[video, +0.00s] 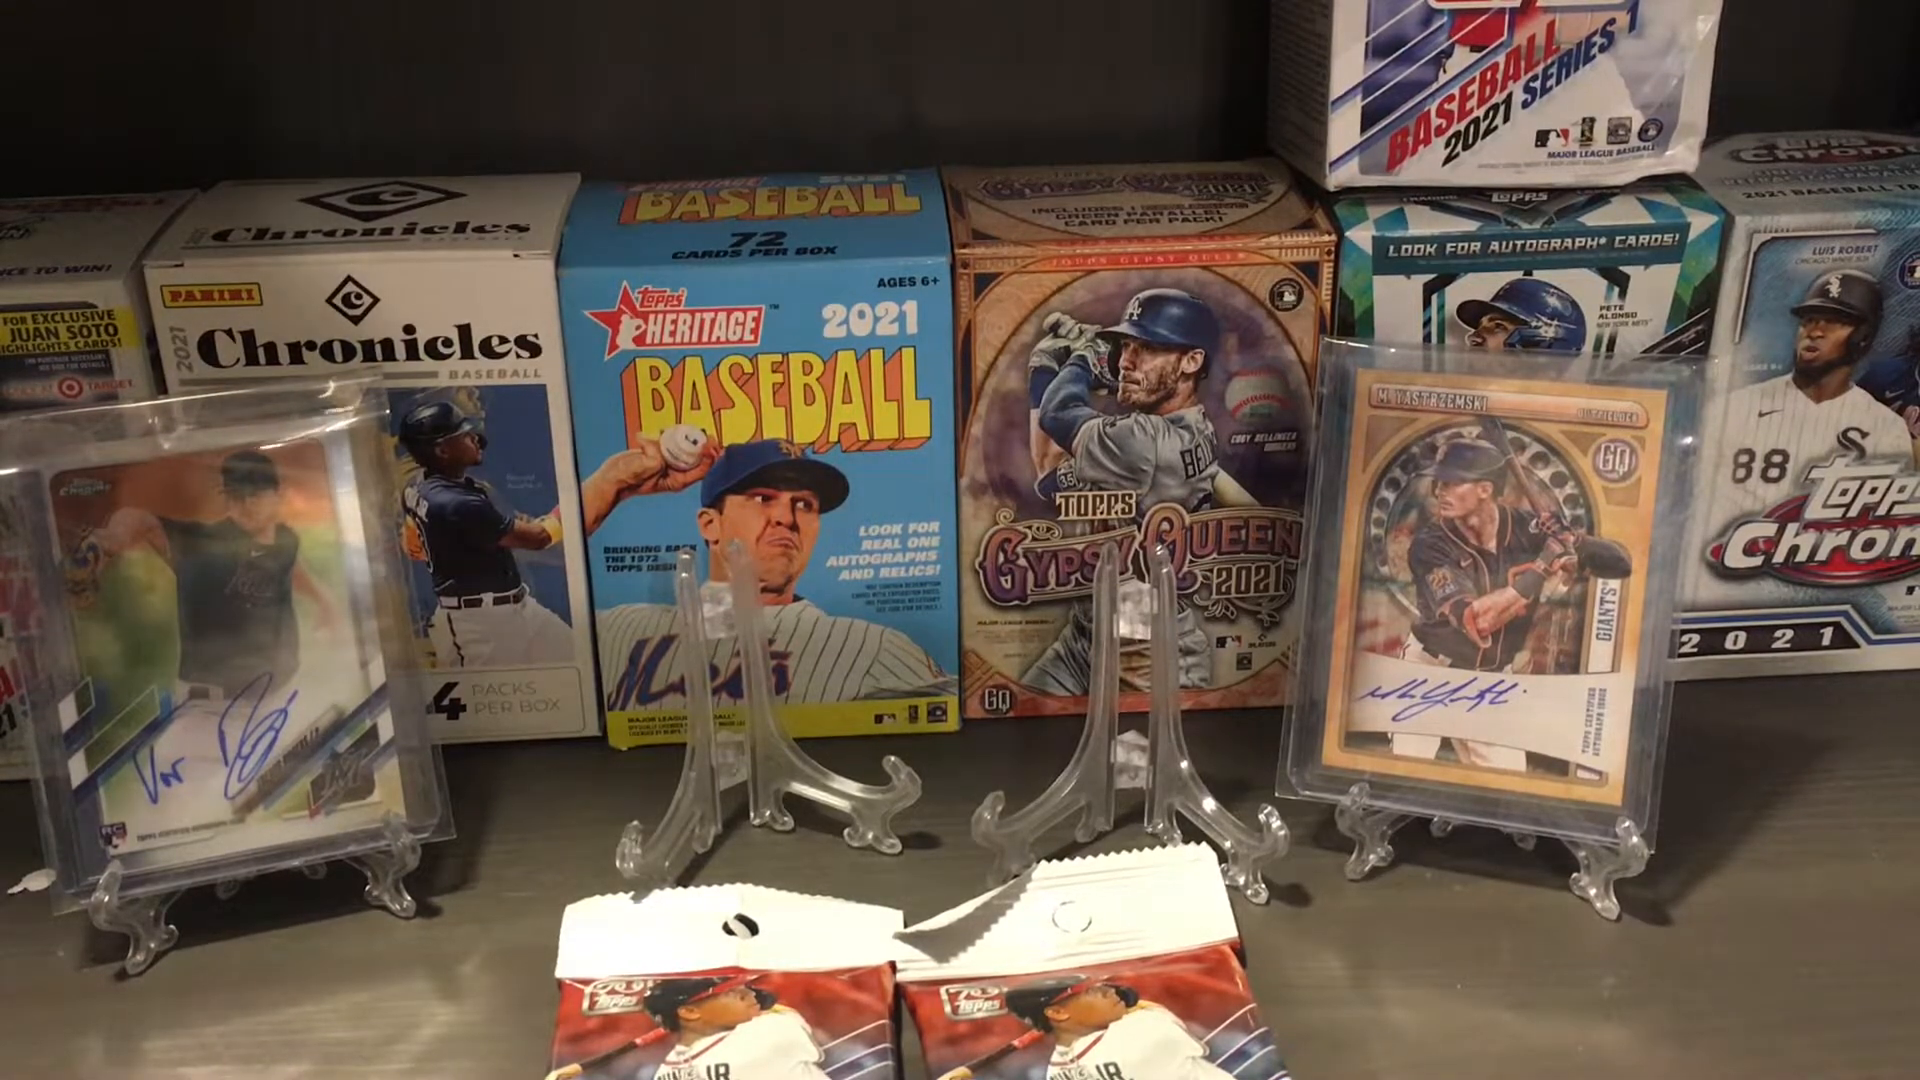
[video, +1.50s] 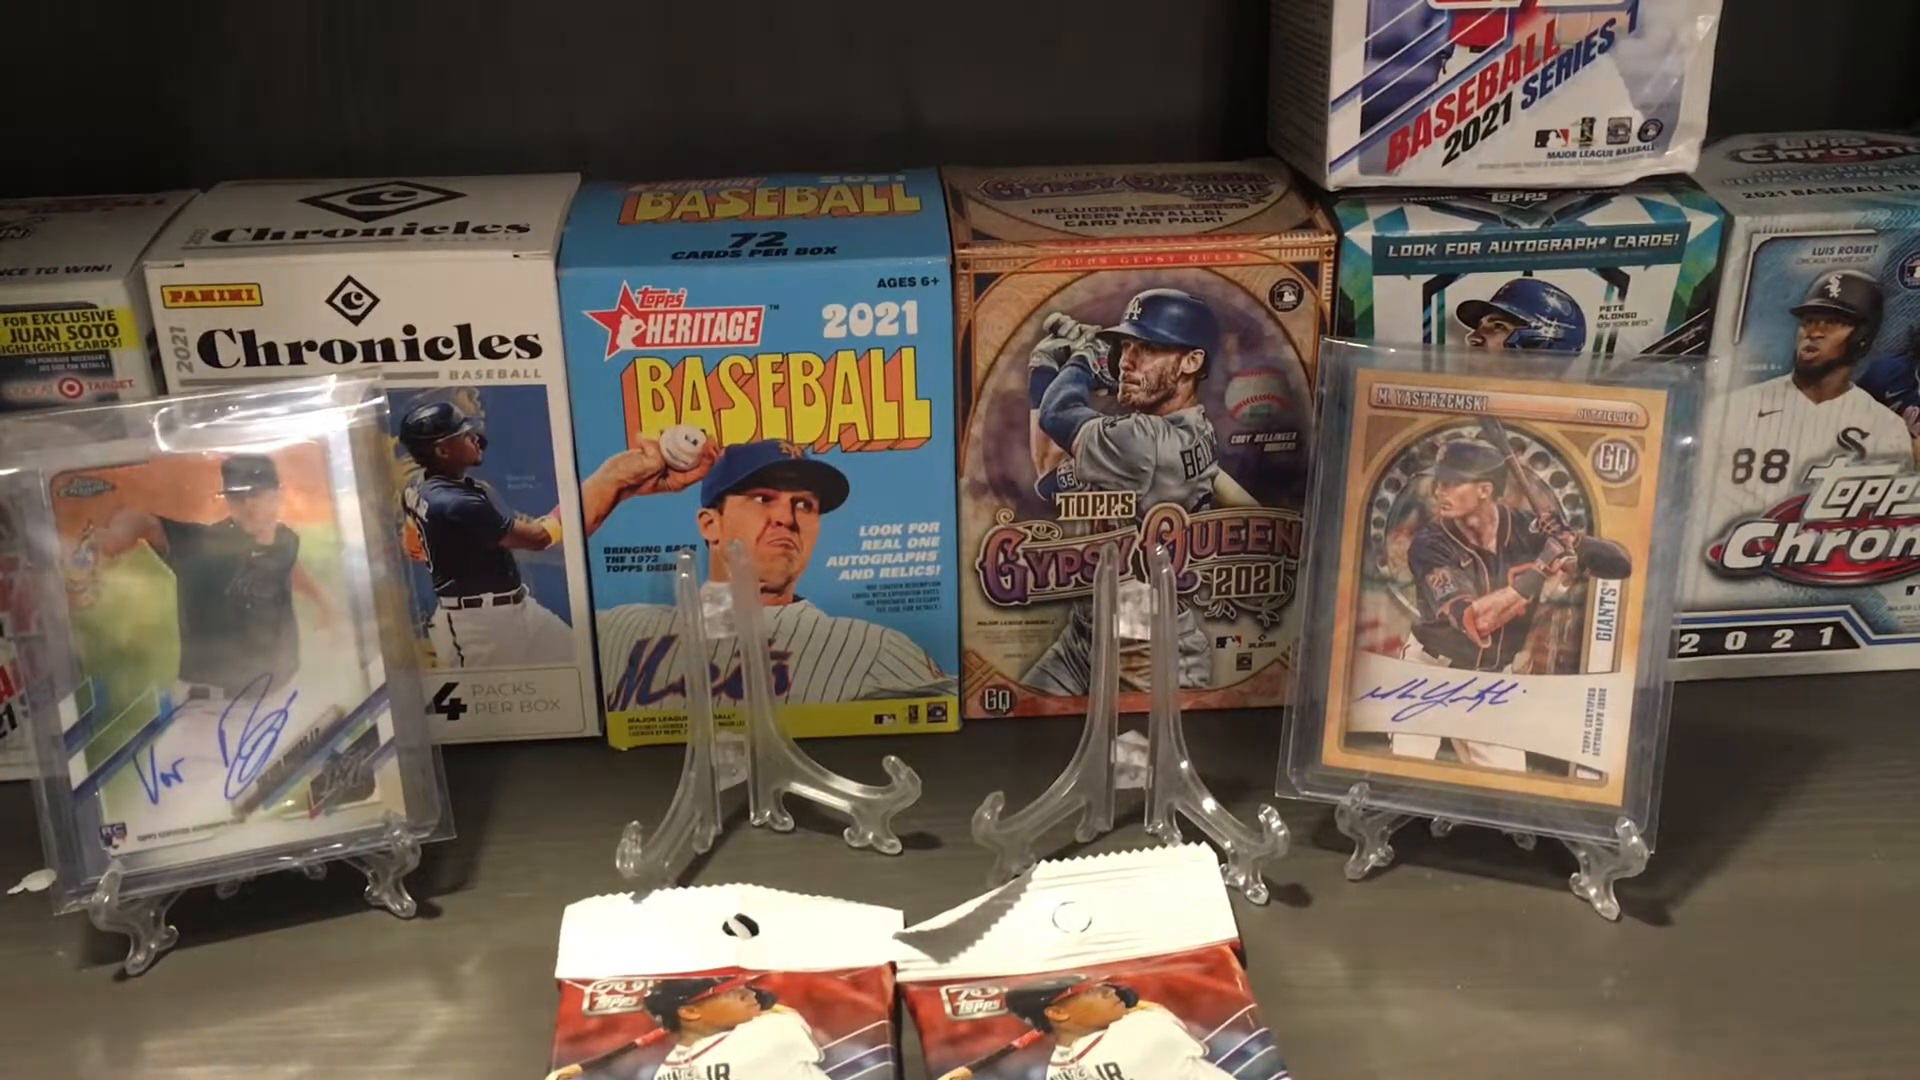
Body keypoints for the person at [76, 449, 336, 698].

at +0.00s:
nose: (246, 506)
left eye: (256, 496)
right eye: (237, 497)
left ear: (276, 496)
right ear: (227, 500)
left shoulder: (286, 541)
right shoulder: (201, 541)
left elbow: (291, 570)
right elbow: (134, 518)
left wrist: (323, 601)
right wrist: (117, 539)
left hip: (274, 686)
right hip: (212, 692)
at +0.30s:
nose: (247, 507)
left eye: (255, 495)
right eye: (237, 498)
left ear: (276, 497)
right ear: (227, 501)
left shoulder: (286, 542)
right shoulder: (201, 543)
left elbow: (291, 569)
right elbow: (136, 519)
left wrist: (323, 601)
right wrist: (116, 543)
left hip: (276, 689)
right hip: (212, 696)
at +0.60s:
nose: (246, 507)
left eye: (255, 496)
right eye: (237, 498)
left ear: (276, 497)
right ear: (228, 501)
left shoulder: (286, 542)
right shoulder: (203, 543)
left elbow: (292, 571)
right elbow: (137, 519)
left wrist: (323, 602)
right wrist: (119, 537)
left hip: (276, 686)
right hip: (215, 694)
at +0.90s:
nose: (252, 506)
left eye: (260, 495)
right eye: (242, 497)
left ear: (277, 497)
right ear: (231, 502)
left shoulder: (287, 543)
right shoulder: (199, 544)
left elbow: (291, 571)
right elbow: (138, 519)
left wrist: (324, 603)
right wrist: (113, 541)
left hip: (278, 697)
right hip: (216, 702)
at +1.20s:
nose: (251, 506)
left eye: (258, 495)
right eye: (240, 498)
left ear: (277, 496)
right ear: (230, 502)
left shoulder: (286, 542)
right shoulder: (199, 543)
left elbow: (289, 571)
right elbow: (136, 519)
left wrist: (323, 602)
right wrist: (113, 541)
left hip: (277, 695)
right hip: (215, 700)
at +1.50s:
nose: (252, 506)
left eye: (260, 495)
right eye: (241, 497)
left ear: (277, 497)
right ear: (230, 502)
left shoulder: (286, 542)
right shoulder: (198, 543)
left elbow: (291, 571)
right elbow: (136, 519)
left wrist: (323, 602)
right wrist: (114, 540)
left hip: (278, 695)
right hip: (215, 701)